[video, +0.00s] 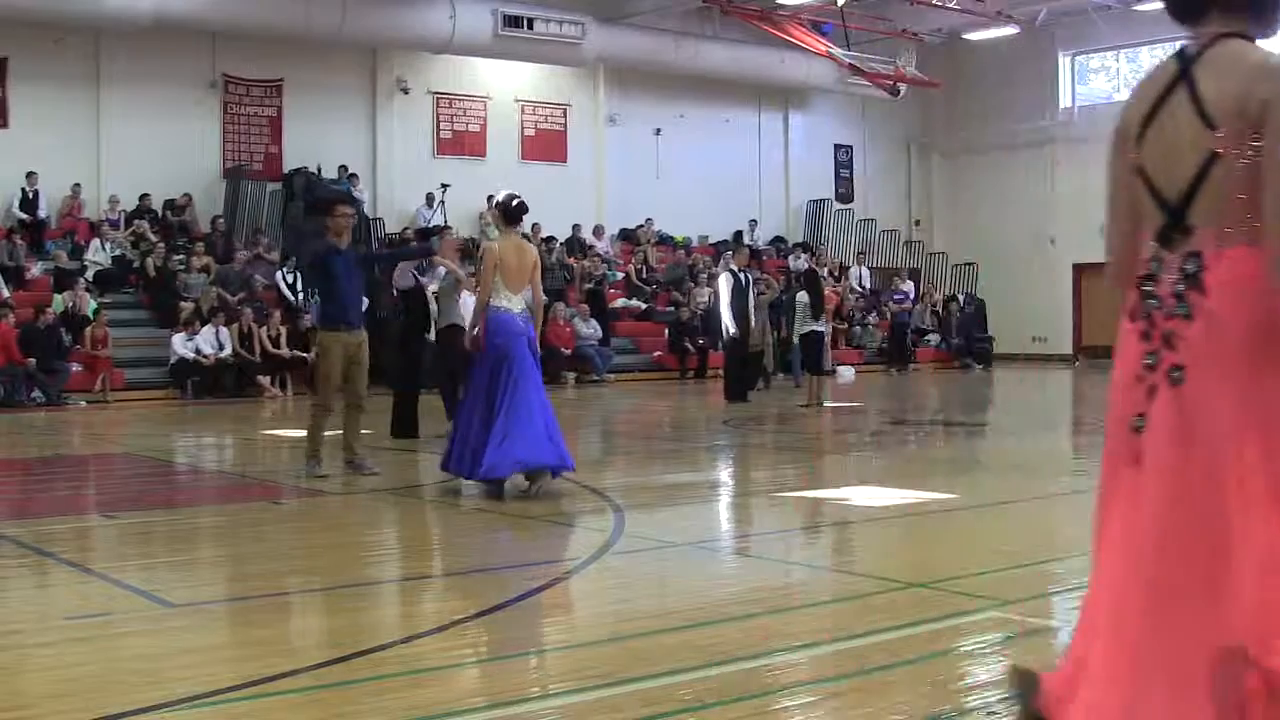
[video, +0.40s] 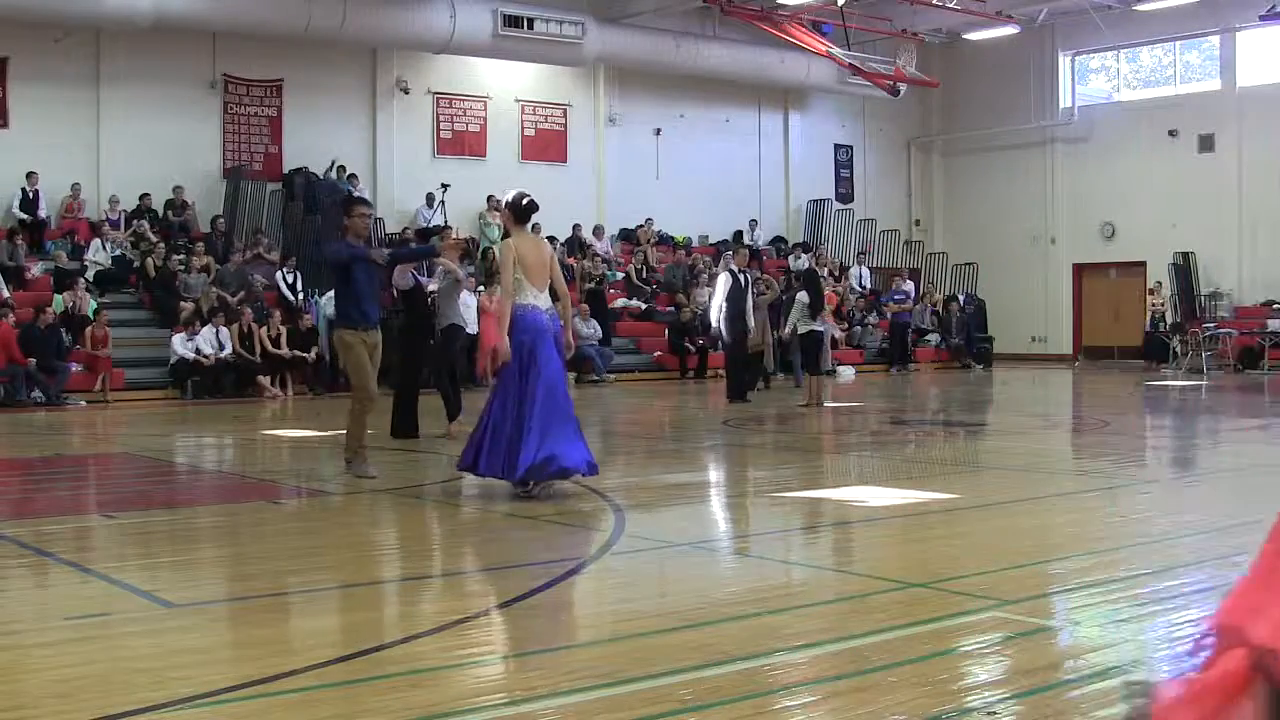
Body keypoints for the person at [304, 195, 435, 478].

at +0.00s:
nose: (347, 221)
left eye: (350, 216)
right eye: (341, 216)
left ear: (354, 220)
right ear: (328, 220)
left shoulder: (358, 254)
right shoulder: (319, 252)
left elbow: (393, 254)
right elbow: (312, 276)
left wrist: (434, 249)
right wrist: (334, 246)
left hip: (357, 335)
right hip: (330, 337)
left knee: (356, 400)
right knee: (324, 401)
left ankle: (352, 457)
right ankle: (313, 458)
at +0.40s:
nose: (367, 222)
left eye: (369, 218)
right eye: (361, 217)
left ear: (371, 221)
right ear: (347, 221)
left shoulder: (374, 253)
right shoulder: (339, 249)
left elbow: (402, 254)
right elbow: (332, 255)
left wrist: (436, 249)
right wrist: (367, 254)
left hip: (373, 333)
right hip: (348, 333)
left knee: (364, 395)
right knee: (366, 394)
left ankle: (353, 452)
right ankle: (355, 455)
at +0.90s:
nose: (394, 225)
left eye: (395, 220)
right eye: (388, 220)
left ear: (396, 222)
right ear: (371, 221)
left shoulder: (395, 253)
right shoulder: (357, 252)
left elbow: (420, 255)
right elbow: (357, 276)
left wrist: (451, 248)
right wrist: (370, 294)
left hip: (396, 334)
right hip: (370, 335)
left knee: (380, 395)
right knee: (383, 397)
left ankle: (356, 452)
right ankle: (392, 457)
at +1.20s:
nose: (410, 224)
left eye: (411, 218)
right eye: (404, 219)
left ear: (412, 220)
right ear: (388, 221)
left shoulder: (414, 253)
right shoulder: (368, 252)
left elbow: (441, 252)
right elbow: (352, 272)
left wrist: (470, 244)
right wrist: (347, 286)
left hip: (412, 337)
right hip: (382, 337)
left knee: (407, 405)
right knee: (390, 403)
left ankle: (377, 436)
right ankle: (394, 459)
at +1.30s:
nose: (415, 225)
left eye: (416, 219)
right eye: (409, 220)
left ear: (415, 220)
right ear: (393, 222)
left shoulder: (420, 253)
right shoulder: (375, 252)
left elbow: (445, 253)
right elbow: (355, 265)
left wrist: (472, 243)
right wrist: (347, 274)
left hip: (414, 337)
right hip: (383, 337)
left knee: (414, 398)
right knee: (390, 402)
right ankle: (394, 459)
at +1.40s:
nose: (417, 224)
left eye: (420, 219)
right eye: (411, 219)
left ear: (422, 220)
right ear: (397, 221)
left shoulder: (424, 253)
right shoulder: (380, 251)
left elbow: (453, 253)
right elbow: (356, 261)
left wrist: (480, 247)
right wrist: (364, 263)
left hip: (418, 336)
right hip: (385, 337)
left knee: (429, 396)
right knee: (392, 401)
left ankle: (423, 458)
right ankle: (395, 459)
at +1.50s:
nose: (420, 225)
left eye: (424, 219)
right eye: (414, 219)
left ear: (427, 221)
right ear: (401, 221)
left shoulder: (430, 254)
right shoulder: (383, 251)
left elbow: (461, 254)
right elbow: (368, 257)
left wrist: (496, 251)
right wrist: (384, 262)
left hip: (423, 336)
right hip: (391, 337)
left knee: (438, 397)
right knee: (393, 401)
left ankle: (449, 463)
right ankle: (395, 460)